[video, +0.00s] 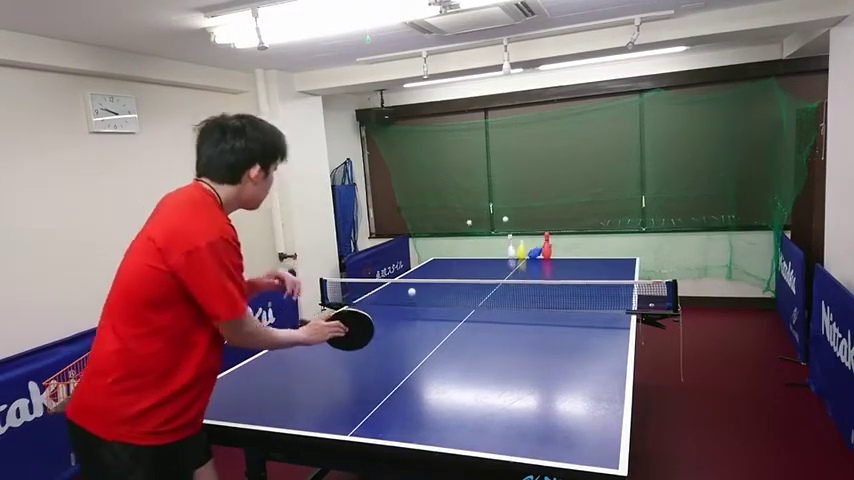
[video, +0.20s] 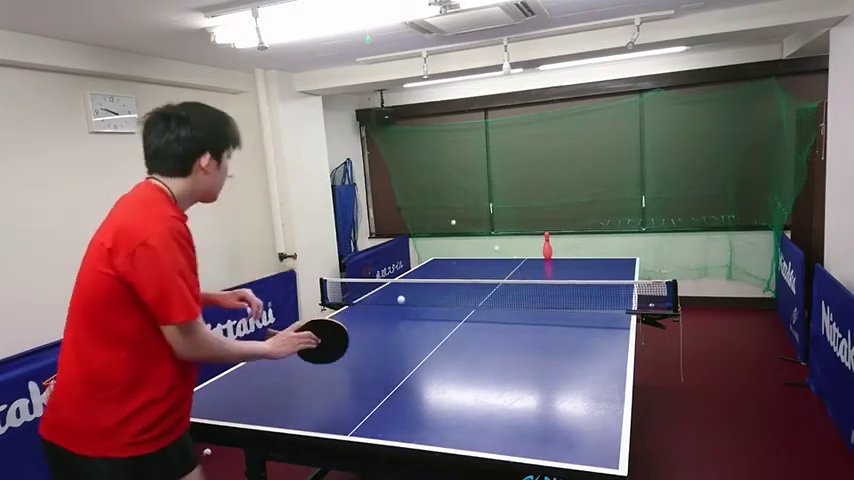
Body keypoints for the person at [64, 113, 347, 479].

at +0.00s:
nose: (271, 183)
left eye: (273, 173)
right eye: (272, 173)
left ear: (211, 163)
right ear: (253, 173)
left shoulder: (183, 203)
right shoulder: (206, 229)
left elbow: (199, 291)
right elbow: (238, 331)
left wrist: (257, 285)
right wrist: (300, 335)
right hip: (137, 434)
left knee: (204, 469)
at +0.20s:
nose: (227, 172)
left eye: (228, 161)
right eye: (226, 161)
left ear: (161, 156)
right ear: (204, 163)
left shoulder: (139, 206)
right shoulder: (156, 225)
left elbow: (150, 290)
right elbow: (190, 343)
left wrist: (214, 298)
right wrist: (265, 348)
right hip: (126, 441)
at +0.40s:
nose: (175, 165)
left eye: (176, 154)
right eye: (174, 153)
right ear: (149, 157)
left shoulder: (94, 209)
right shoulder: (99, 227)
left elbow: (93, 303)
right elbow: (115, 354)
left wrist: (161, 315)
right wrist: (212, 370)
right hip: (88, 453)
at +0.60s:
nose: (136, 160)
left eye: (137, 148)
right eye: (134, 147)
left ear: (64, 146)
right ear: (110, 151)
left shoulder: (43, 203)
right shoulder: (71, 222)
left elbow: (45, 303)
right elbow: (58, 357)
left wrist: (125, 324)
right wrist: (158, 390)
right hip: (72, 455)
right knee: (142, 472)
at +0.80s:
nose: (112, 158)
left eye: (113, 147)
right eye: (111, 146)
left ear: (39, 146)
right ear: (89, 147)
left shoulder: (14, 204)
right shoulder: (61, 218)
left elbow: (22, 304)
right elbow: (32, 347)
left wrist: (103, 328)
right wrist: (127, 402)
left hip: (19, 454)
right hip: (59, 456)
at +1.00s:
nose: (99, 167)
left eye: (101, 155)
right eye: (99, 154)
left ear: (30, 149)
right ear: (79, 151)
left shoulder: (10, 201)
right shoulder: (58, 214)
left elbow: (18, 304)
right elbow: (38, 337)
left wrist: (89, 332)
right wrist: (124, 388)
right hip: (49, 445)